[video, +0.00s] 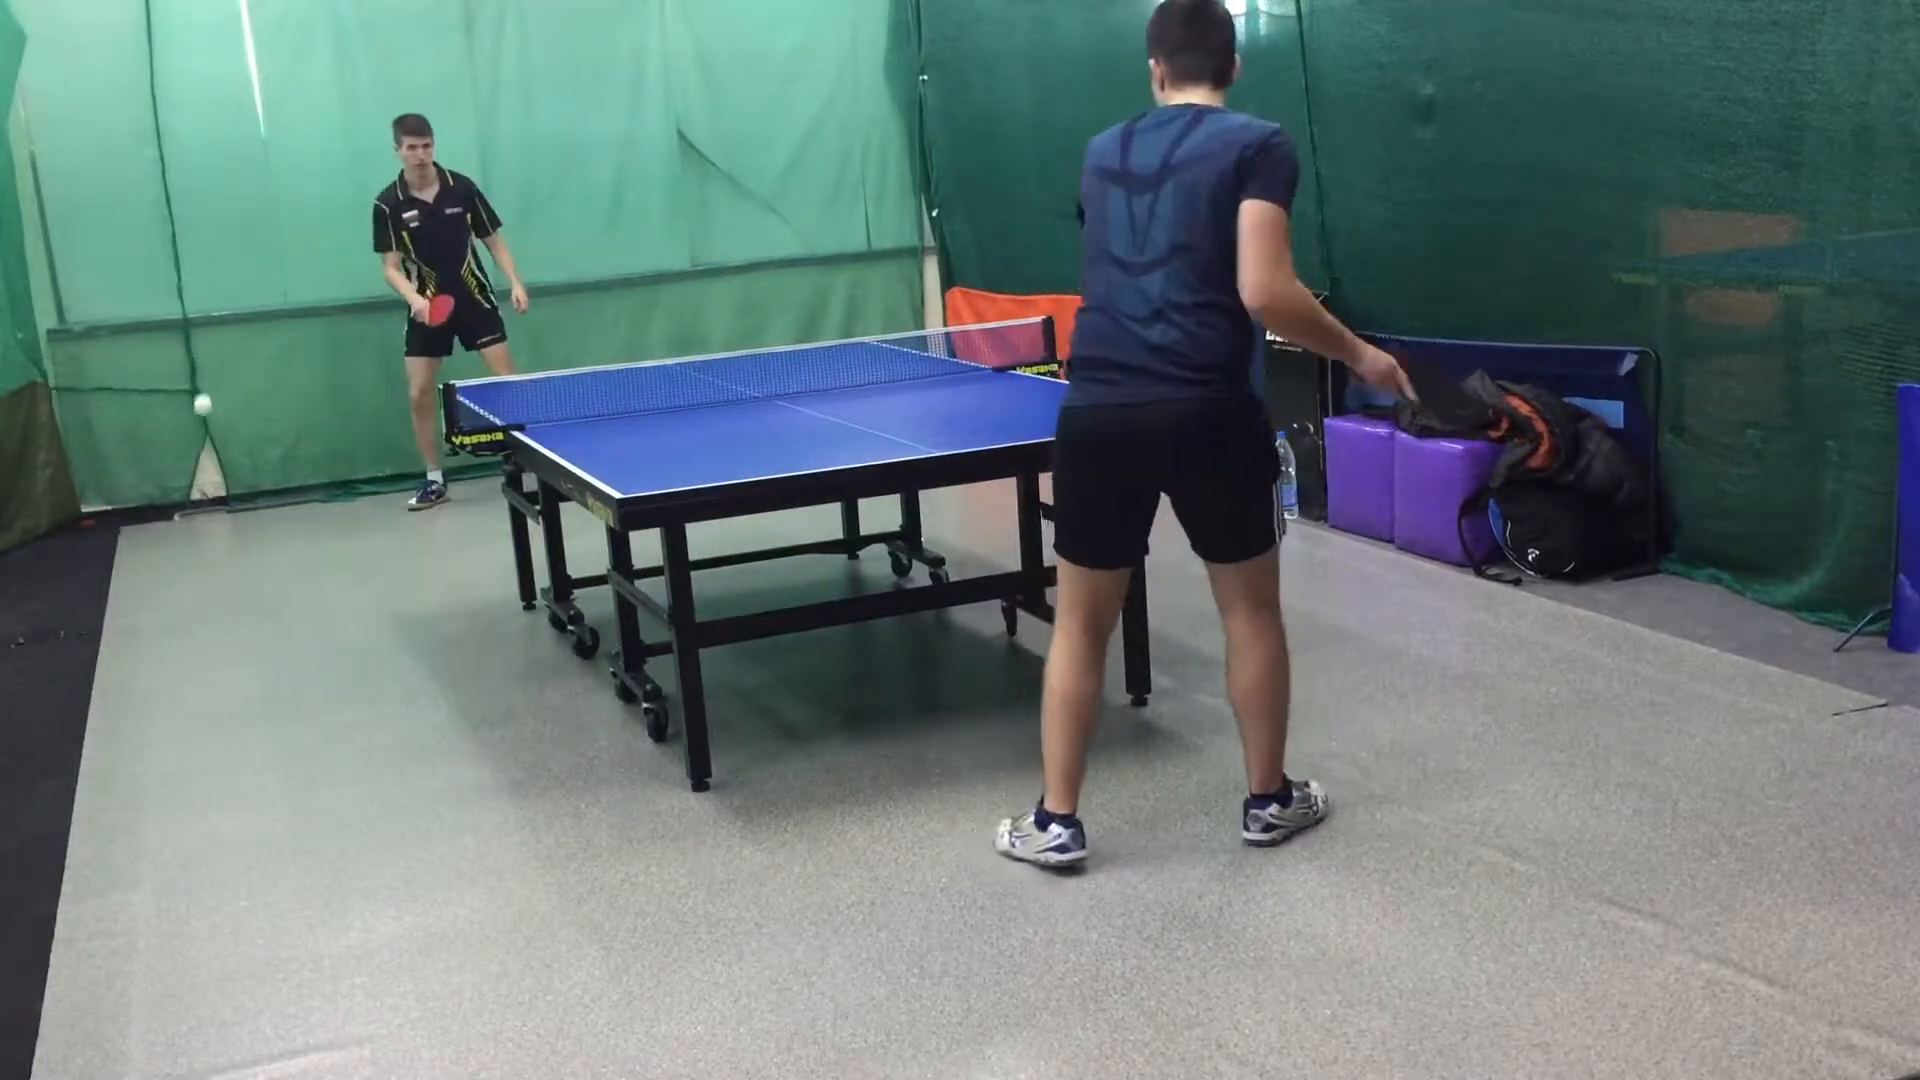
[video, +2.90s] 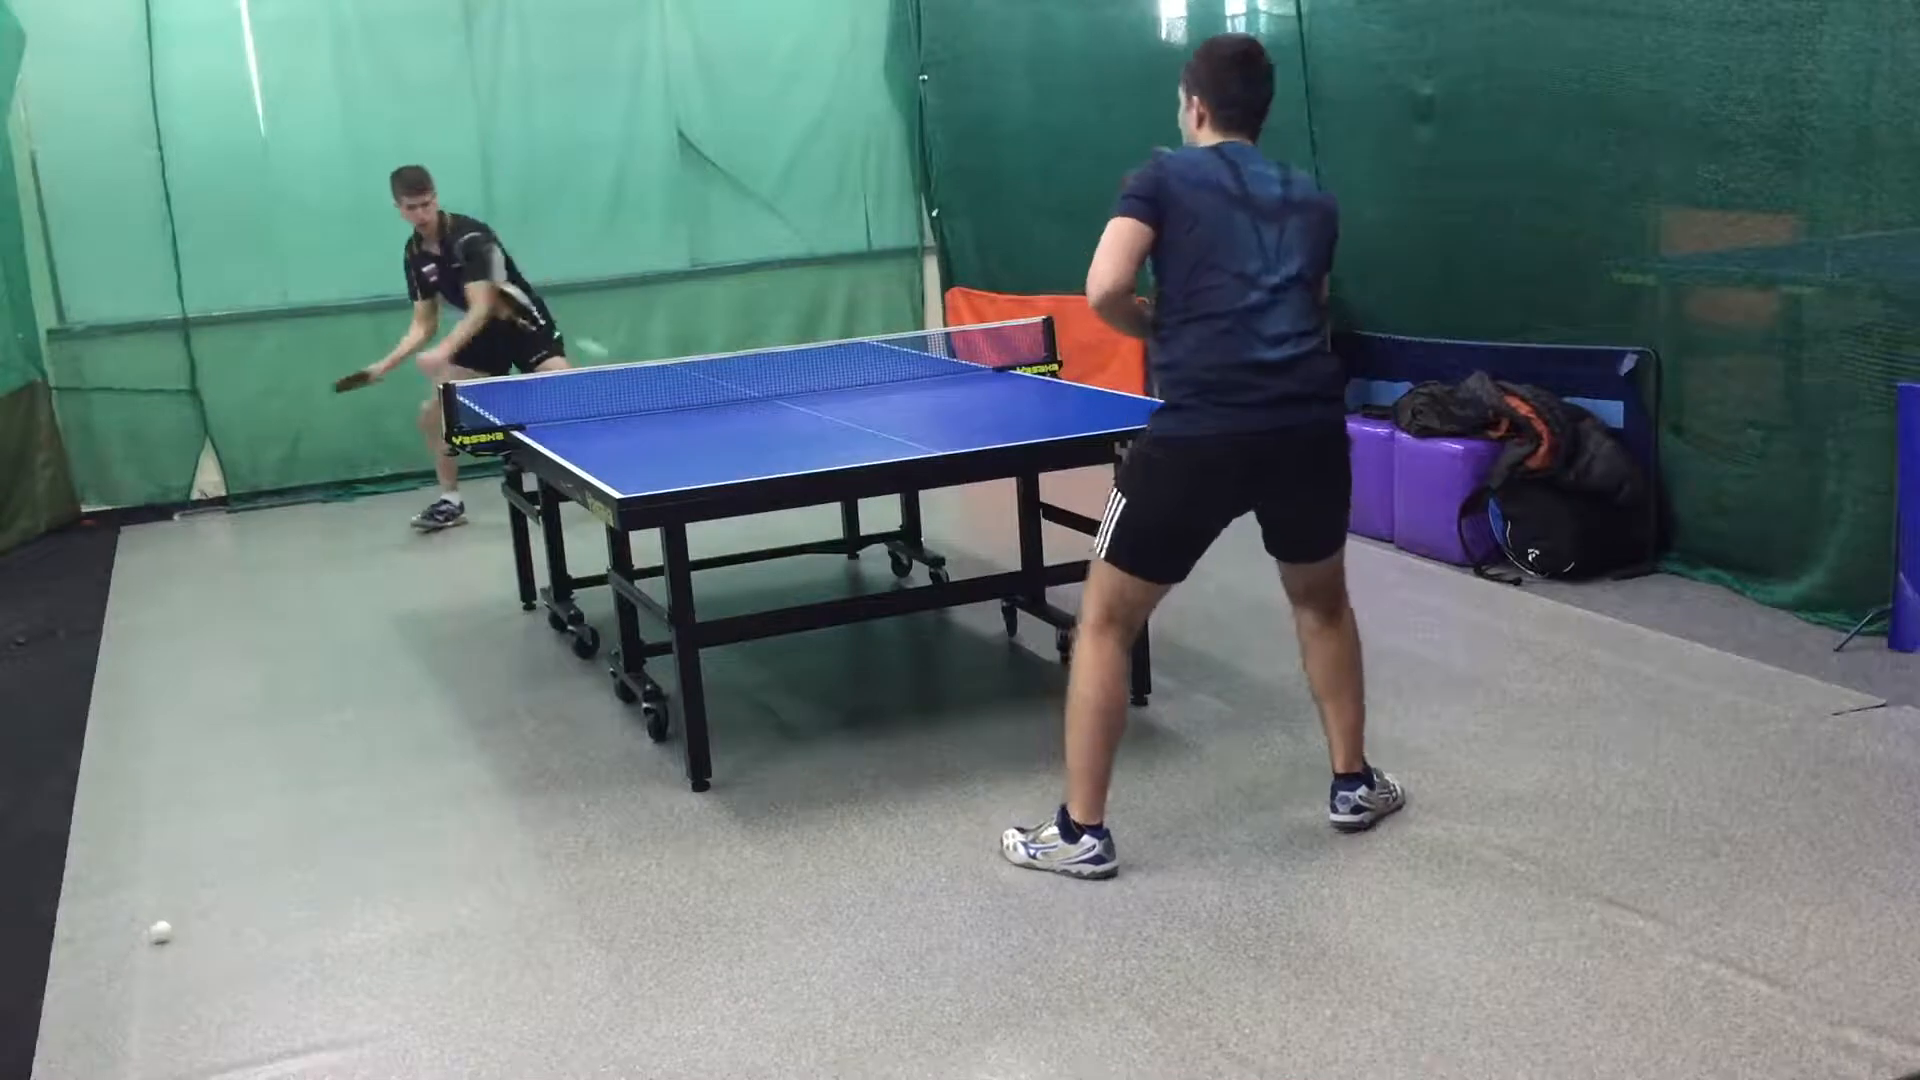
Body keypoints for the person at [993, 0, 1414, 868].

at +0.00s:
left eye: (1161, 61)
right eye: (1231, 64)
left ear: (1153, 69)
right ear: (1234, 69)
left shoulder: (1103, 151)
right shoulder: (1256, 143)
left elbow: (1102, 279)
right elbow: (1266, 292)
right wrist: (1359, 353)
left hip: (1098, 422)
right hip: (1210, 419)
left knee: (1081, 621)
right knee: (1250, 608)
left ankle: (1057, 820)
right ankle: (1267, 799)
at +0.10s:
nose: (1149, 78)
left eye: (1146, 65)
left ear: (1152, 71)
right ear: (1229, 69)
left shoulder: (1102, 151)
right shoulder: (1268, 151)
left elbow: (1096, 275)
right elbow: (1290, 312)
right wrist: (1276, 306)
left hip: (1104, 425)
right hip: (1218, 423)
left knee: (1078, 623)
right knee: (1253, 612)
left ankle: (1053, 819)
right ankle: (1267, 799)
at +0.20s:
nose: (1136, 81)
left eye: (1135, 69)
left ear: (1143, 74)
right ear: (1220, 73)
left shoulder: (1095, 153)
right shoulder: (1270, 159)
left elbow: (1054, 297)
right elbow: (1284, 286)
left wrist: (1098, 355)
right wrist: (1217, 300)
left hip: (1106, 427)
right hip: (1222, 424)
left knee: (1077, 623)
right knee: (1252, 609)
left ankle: (1053, 824)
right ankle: (1266, 799)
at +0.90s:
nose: (1114, 107)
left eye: (1114, 96)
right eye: (1121, 95)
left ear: (1124, 99)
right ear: (1198, 101)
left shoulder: (1096, 168)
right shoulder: (1252, 184)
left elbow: (1029, 279)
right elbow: (1282, 331)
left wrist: (1090, 320)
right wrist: (1278, 374)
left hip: (1128, 431)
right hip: (1239, 425)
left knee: (1062, 625)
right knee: (1272, 604)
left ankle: (1053, 827)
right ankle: (1329, 786)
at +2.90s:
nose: (1180, 112)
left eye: (1181, 101)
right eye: (1187, 101)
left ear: (1193, 107)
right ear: (1264, 111)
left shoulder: (1163, 175)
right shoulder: (1313, 197)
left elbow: (1107, 290)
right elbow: (1311, 303)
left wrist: (1157, 323)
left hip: (1198, 443)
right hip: (1307, 438)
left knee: (1108, 620)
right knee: (1321, 601)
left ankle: (1082, 829)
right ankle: (1352, 782)